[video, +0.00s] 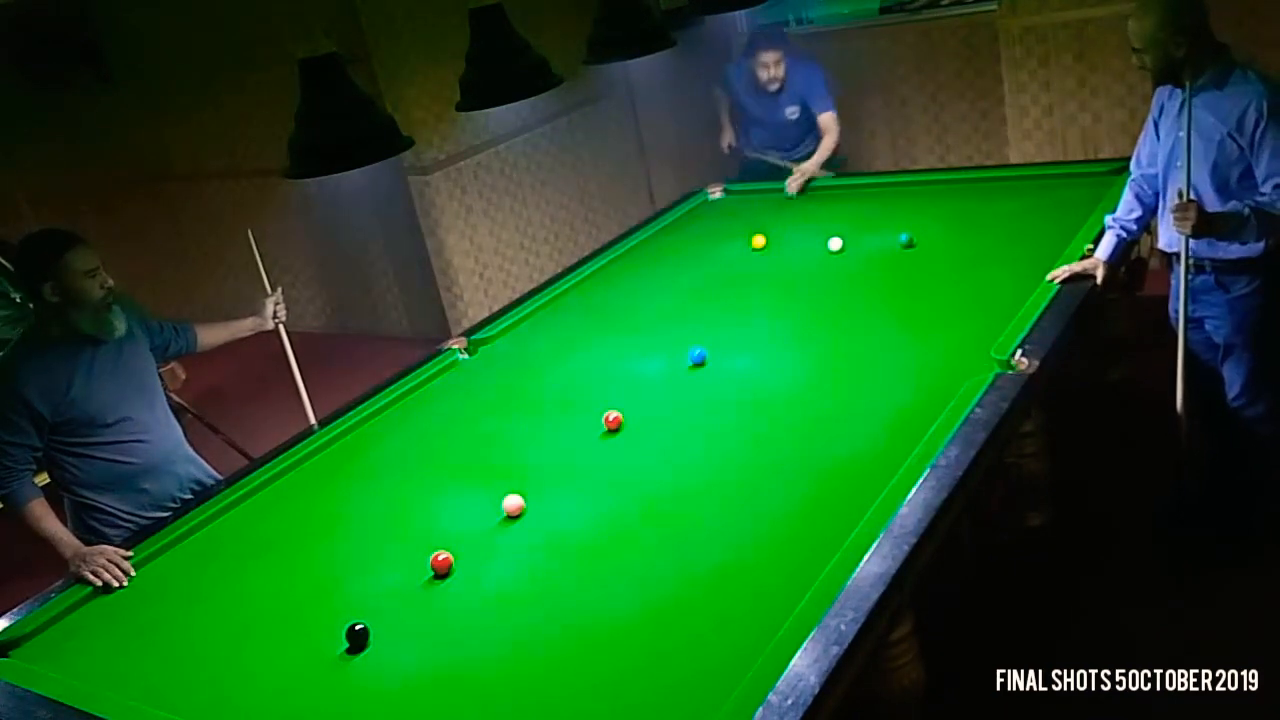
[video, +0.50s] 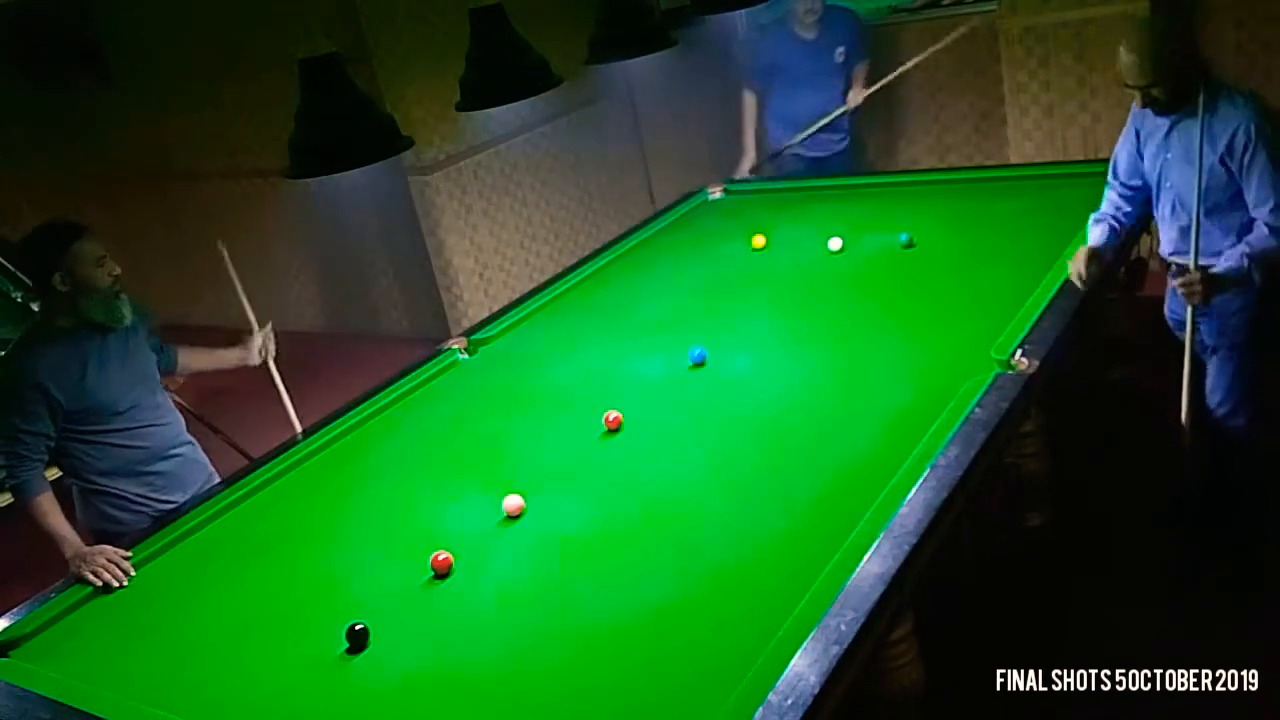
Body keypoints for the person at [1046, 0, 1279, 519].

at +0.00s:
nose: (1136, 60)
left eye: (1143, 49)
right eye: (1133, 49)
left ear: (1181, 42)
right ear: (1175, 45)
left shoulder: (1255, 101)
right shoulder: (1167, 98)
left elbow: (1276, 209)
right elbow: (1143, 182)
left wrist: (1215, 223)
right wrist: (1104, 254)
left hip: (1241, 285)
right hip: (1185, 281)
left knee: (1247, 408)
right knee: (1195, 405)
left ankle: (1257, 524)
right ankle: (1204, 517)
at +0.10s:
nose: (1133, 62)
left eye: (1140, 50)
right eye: (1130, 50)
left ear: (1178, 43)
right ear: (1170, 47)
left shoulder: (1253, 102)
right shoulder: (1164, 101)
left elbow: (1276, 208)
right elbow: (1140, 185)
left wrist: (1212, 230)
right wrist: (1104, 254)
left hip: (1241, 292)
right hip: (1185, 288)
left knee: (1246, 413)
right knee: (1196, 412)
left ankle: (1254, 530)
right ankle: (1203, 522)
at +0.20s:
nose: (1130, 69)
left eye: (1138, 58)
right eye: (1127, 57)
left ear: (1177, 46)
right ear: (1167, 51)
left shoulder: (1248, 103)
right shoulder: (1159, 103)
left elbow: (1274, 209)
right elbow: (1139, 185)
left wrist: (1216, 249)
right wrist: (1105, 249)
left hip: (1241, 296)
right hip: (1186, 293)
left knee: (1241, 414)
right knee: (1197, 414)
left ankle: (1249, 525)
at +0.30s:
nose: (1133, 78)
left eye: (1141, 65)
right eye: (1126, 65)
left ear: (1180, 47)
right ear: (1124, 56)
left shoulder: (1246, 107)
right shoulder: (1154, 107)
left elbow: (1276, 214)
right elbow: (1136, 192)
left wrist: (1218, 257)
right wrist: (1093, 245)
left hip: (1238, 301)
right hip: (1185, 297)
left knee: (1232, 421)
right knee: (1195, 417)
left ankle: (1237, 537)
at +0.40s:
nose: (1139, 88)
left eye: (1148, 75)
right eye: (1131, 76)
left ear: (1183, 55)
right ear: (1123, 64)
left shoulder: (1242, 111)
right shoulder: (1150, 110)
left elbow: (1275, 215)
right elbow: (1132, 187)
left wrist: (1222, 264)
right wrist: (1095, 233)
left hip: (1237, 300)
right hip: (1184, 296)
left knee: (1224, 413)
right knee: (1193, 411)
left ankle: (1237, 530)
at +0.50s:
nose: (1142, 99)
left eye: (1150, 87)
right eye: (1133, 88)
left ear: (1182, 68)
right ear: (1129, 75)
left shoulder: (1239, 123)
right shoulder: (1144, 119)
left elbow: (1272, 225)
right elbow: (1123, 193)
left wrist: (1220, 275)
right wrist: (1097, 242)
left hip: (1232, 305)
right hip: (1178, 301)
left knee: (1227, 422)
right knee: (1185, 416)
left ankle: (1235, 535)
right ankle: (1191, 523)